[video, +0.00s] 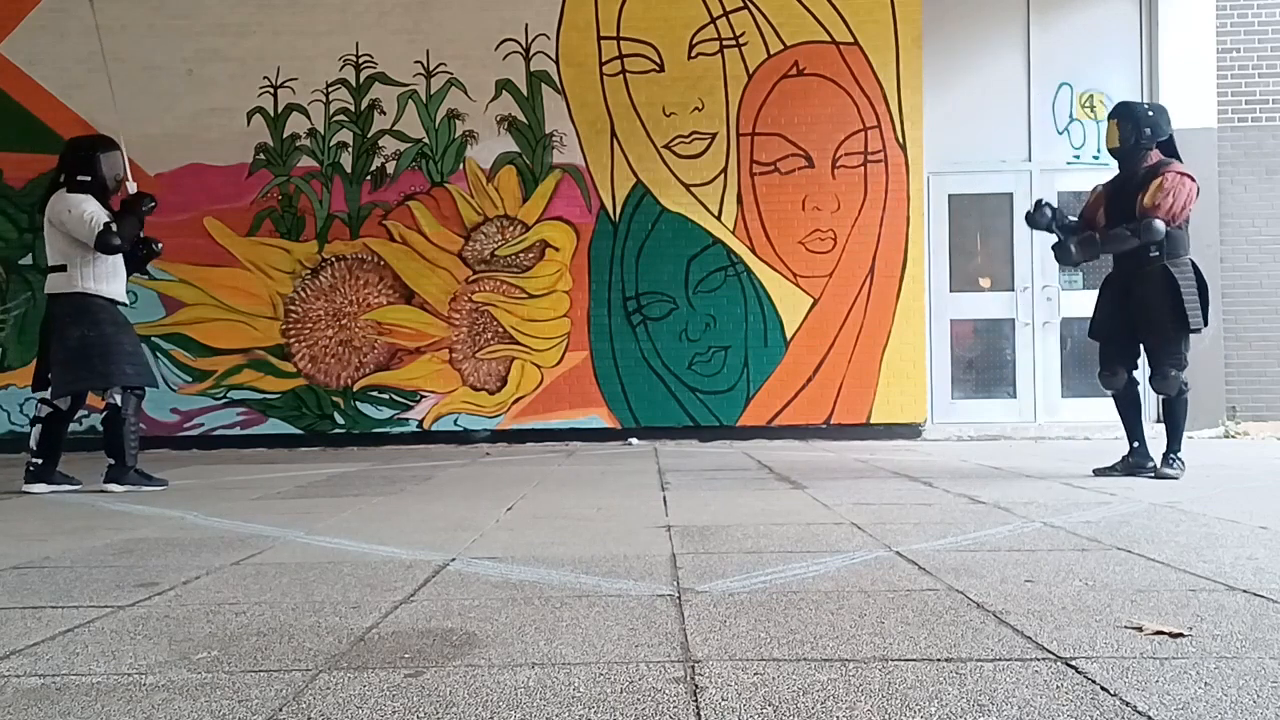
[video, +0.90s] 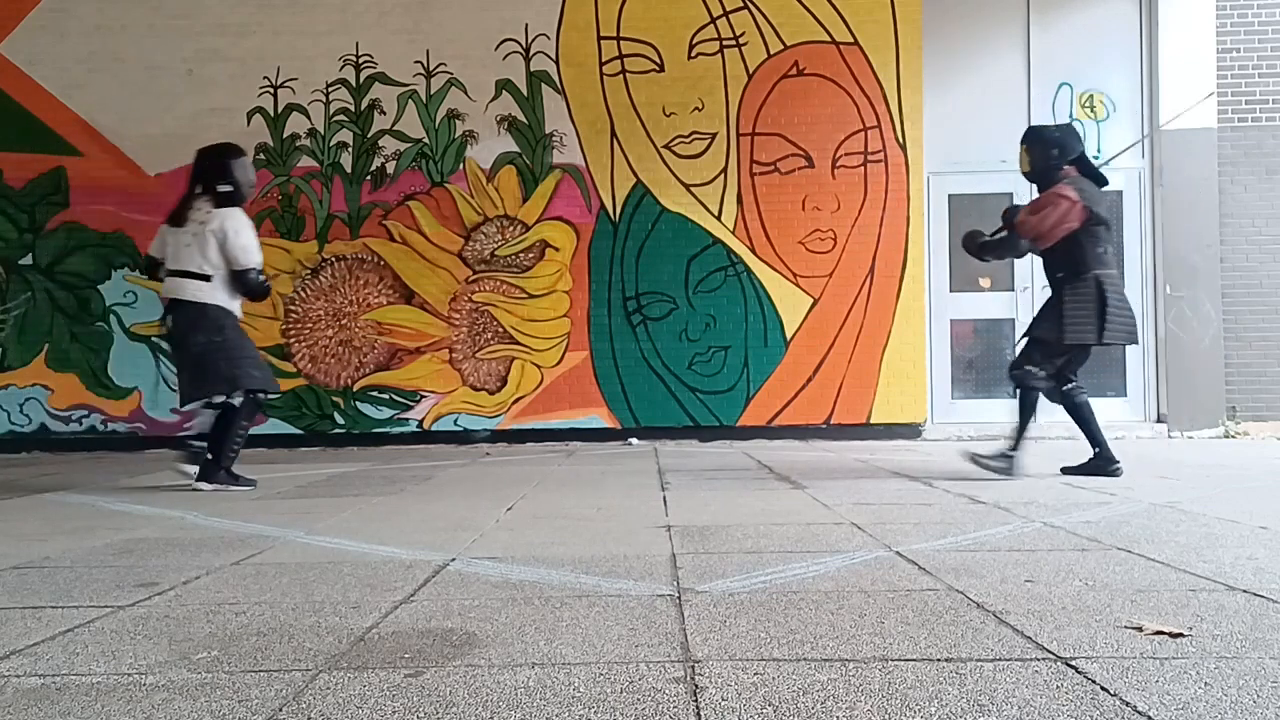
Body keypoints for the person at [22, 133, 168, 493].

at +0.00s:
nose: (119, 174)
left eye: (118, 165)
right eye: (113, 165)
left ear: (79, 167)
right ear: (93, 166)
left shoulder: (88, 206)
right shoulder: (72, 202)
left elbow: (101, 268)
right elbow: (111, 238)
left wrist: (138, 258)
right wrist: (134, 210)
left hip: (73, 306)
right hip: (88, 306)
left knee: (66, 391)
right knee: (129, 382)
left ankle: (41, 470)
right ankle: (124, 468)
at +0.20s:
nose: (124, 174)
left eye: (122, 165)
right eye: (116, 166)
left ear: (81, 170)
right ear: (99, 170)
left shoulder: (66, 204)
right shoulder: (91, 207)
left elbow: (86, 261)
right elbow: (116, 260)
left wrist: (131, 271)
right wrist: (145, 248)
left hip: (64, 311)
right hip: (89, 314)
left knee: (68, 392)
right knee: (149, 369)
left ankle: (41, 470)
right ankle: (132, 459)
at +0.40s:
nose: (143, 179)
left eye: (141, 171)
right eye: (136, 171)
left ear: (99, 176)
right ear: (114, 175)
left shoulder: (75, 212)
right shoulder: (115, 214)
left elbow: (54, 262)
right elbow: (137, 269)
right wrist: (165, 288)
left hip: (75, 314)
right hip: (106, 314)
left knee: (79, 395)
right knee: (158, 373)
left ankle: (42, 470)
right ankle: (183, 457)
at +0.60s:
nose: (181, 182)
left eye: (179, 174)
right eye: (174, 174)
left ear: (136, 183)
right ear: (155, 181)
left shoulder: (115, 219)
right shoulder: (158, 225)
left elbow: (88, 264)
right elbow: (178, 284)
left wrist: (120, 285)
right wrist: (194, 312)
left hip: (113, 323)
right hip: (146, 326)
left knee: (95, 399)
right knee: (207, 377)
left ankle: (46, 466)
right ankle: (212, 466)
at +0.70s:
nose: (204, 183)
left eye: (202, 175)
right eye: (198, 176)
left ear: (155, 181)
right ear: (183, 181)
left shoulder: (136, 219)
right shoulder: (185, 222)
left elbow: (110, 268)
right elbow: (202, 281)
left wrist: (150, 282)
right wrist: (218, 303)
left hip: (139, 324)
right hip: (174, 325)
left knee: (130, 404)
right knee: (232, 383)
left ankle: (69, 459)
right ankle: (216, 468)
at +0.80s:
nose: (228, 181)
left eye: (226, 173)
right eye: (223, 173)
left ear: (178, 178)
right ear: (209, 178)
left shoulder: (161, 215)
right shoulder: (209, 219)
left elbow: (131, 267)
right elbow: (227, 278)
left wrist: (167, 280)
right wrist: (246, 298)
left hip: (158, 320)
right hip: (193, 321)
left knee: (182, 400)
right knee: (242, 386)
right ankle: (217, 469)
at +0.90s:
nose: (252, 178)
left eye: (250, 170)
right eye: (246, 170)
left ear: (202, 175)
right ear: (232, 176)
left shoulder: (182, 212)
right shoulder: (231, 217)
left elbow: (152, 267)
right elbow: (248, 282)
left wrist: (189, 275)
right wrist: (264, 287)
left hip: (179, 313)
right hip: (211, 315)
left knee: (233, 386)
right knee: (255, 387)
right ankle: (217, 470)